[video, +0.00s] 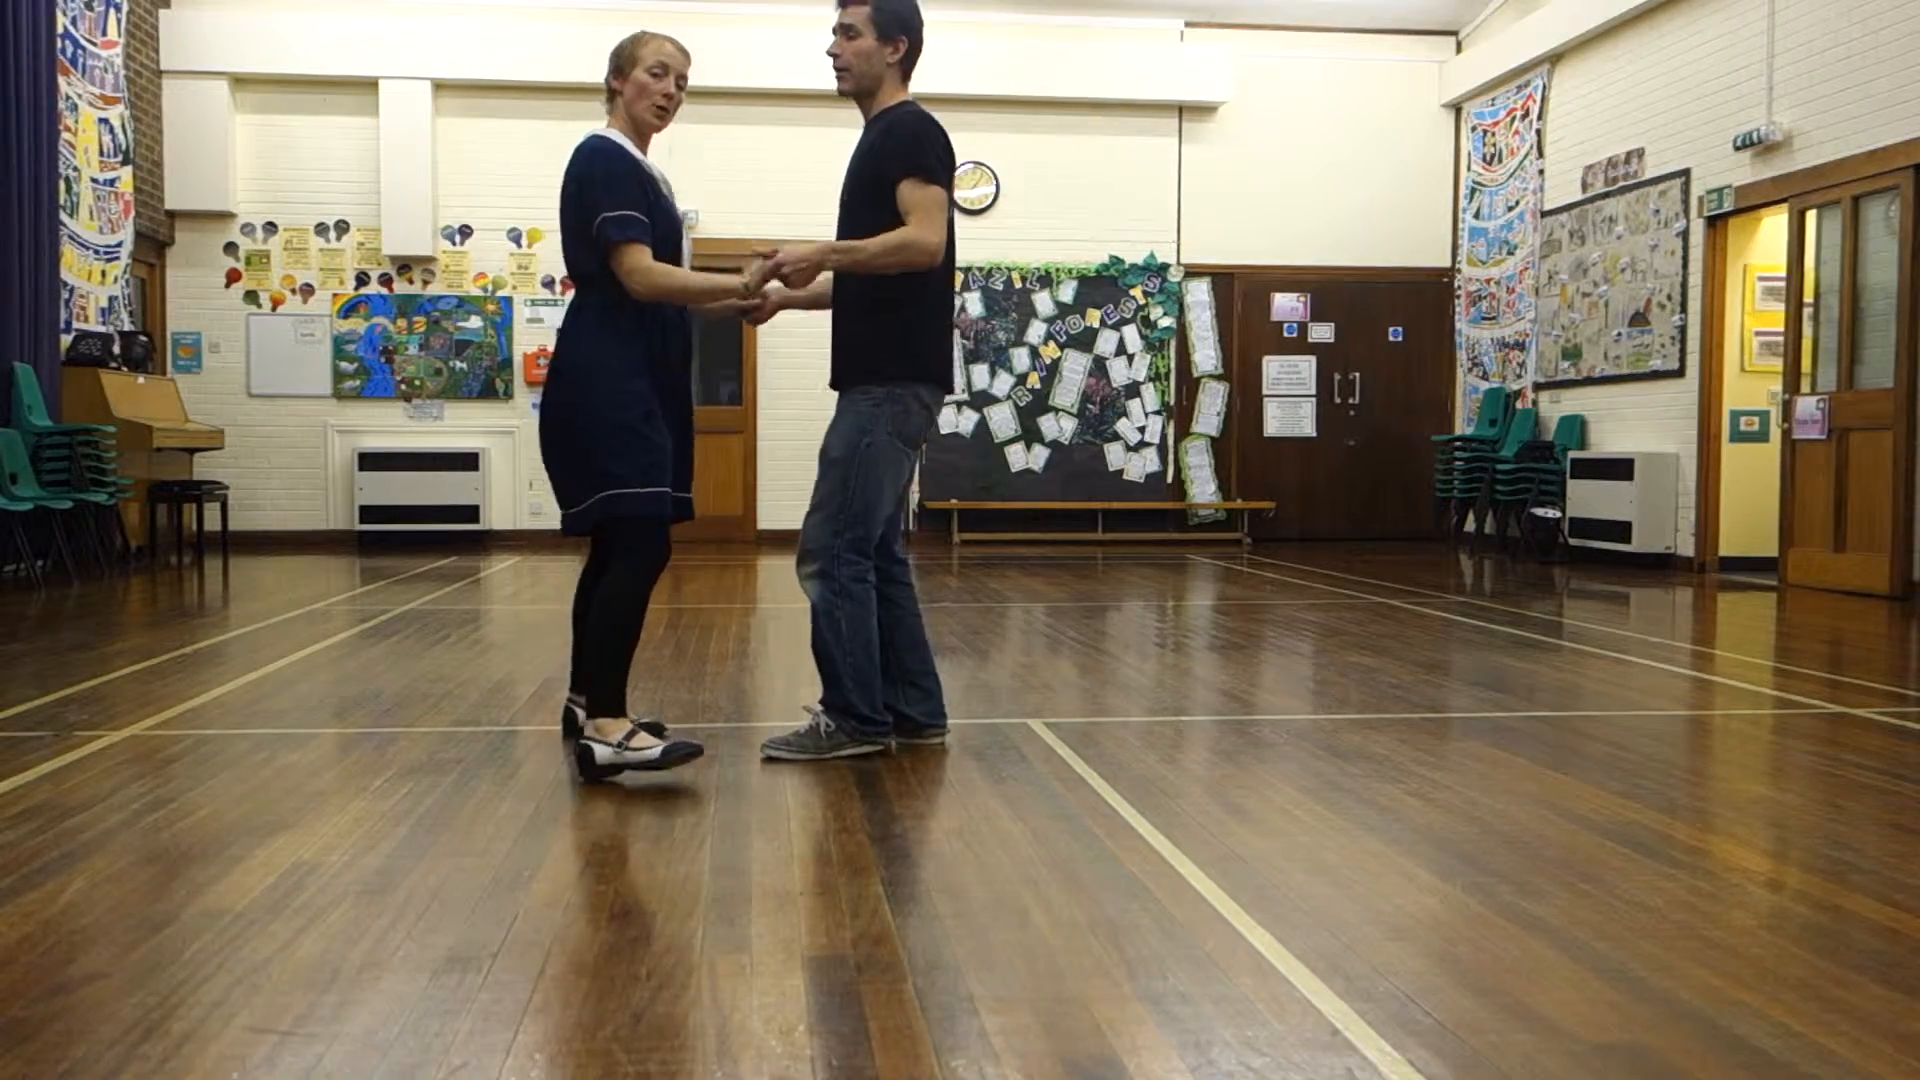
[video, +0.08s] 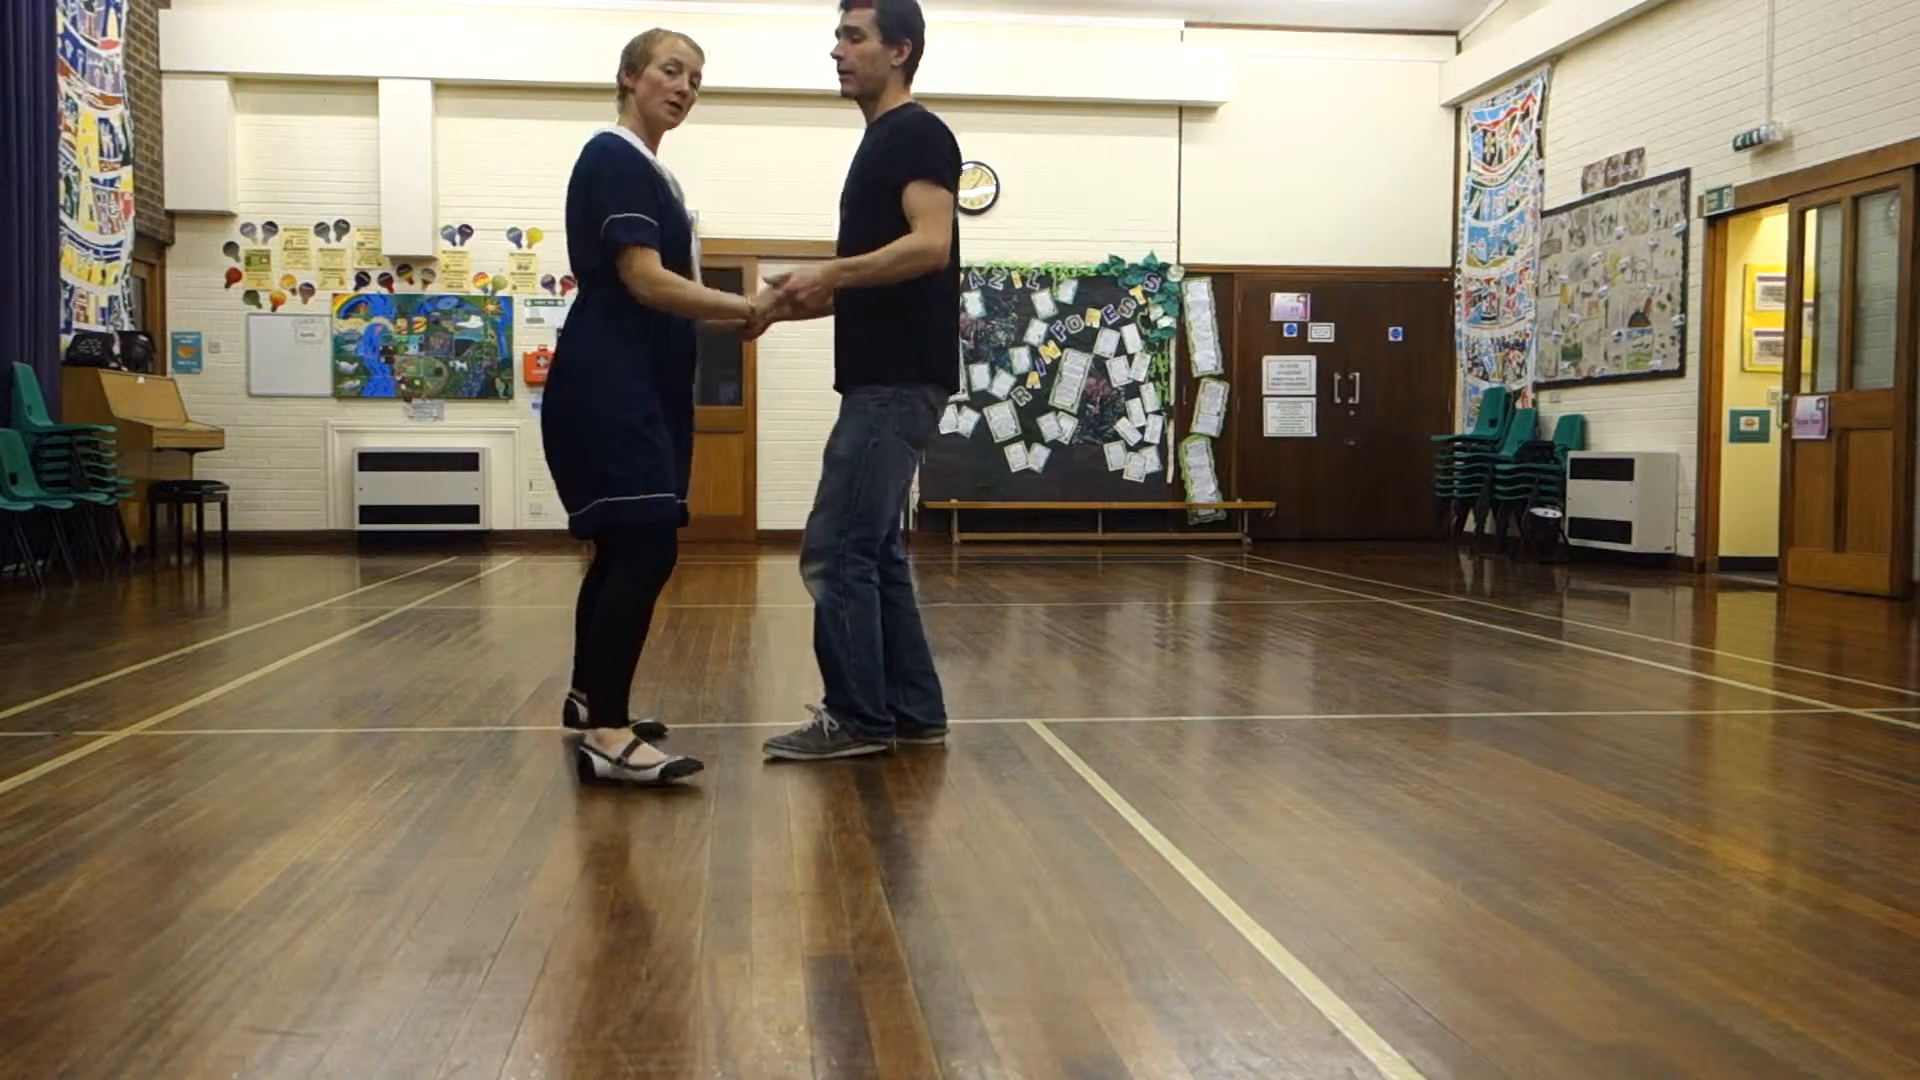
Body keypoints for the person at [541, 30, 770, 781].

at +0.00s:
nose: (671, 89)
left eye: (679, 82)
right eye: (658, 74)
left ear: (679, 97)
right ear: (618, 80)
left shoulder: (640, 170)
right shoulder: (606, 159)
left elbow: (657, 283)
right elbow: (637, 275)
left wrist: (738, 302)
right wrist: (742, 283)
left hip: (629, 389)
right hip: (611, 389)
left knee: (619, 548)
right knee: (641, 547)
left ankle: (589, 708)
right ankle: (605, 722)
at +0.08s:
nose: (685, 87)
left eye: (693, 80)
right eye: (672, 70)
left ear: (690, 97)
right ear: (630, 78)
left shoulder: (650, 171)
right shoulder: (614, 157)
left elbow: (673, 284)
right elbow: (643, 279)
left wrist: (753, 305)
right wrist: (747, 308)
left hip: (634, 389)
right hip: (612, 389)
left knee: (626, 547)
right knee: (645, 548)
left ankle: (590, 702)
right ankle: (607, 732)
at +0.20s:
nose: (706, 77)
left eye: (714, 70)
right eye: (693, 60)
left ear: (709, 87)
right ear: (650, 64)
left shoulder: (664, 160)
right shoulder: (627, 145)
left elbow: (680, 277)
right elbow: (660, 273)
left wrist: (736, 315)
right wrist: (756, 309)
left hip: (647, 383)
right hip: (618, 382)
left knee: (657, 544)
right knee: (652, 547)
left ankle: (601, 686)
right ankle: (609, 738)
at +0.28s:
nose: (717, 68)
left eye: (725, 61)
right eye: (704, 51)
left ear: (721, 77)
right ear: (661, 55)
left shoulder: (675, 152)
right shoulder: (639, 134)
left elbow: (662, 291)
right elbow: (679, 263)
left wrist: (728, 317)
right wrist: (771, 298)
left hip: (663, 385)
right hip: (628, 384)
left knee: (685, 550)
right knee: (654, 552)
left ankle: (602, 685)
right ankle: (610, 741)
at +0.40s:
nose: (739, 56)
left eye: (748, 47)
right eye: (726, 37)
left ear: (744, 63)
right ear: (681, 40)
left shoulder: (686, 133)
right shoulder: (663, 123)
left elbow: (696, 273)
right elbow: (717, 261)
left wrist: (750, 308)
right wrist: (808, 295)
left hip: (681, 383)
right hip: (644, 384)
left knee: (728, 543)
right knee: (659, 552)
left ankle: (646, 699)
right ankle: (608, 739)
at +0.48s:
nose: (760, 53)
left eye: (768, 43)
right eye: (746, 34)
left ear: (763, 56)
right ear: (699, 38)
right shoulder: (688, 124)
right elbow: (738, 258)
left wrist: (804, 295)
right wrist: (822, 286)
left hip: (690, 381)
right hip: (670, 381)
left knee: (755, 540)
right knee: (663, 553)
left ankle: (707, 728)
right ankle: (608, 742)